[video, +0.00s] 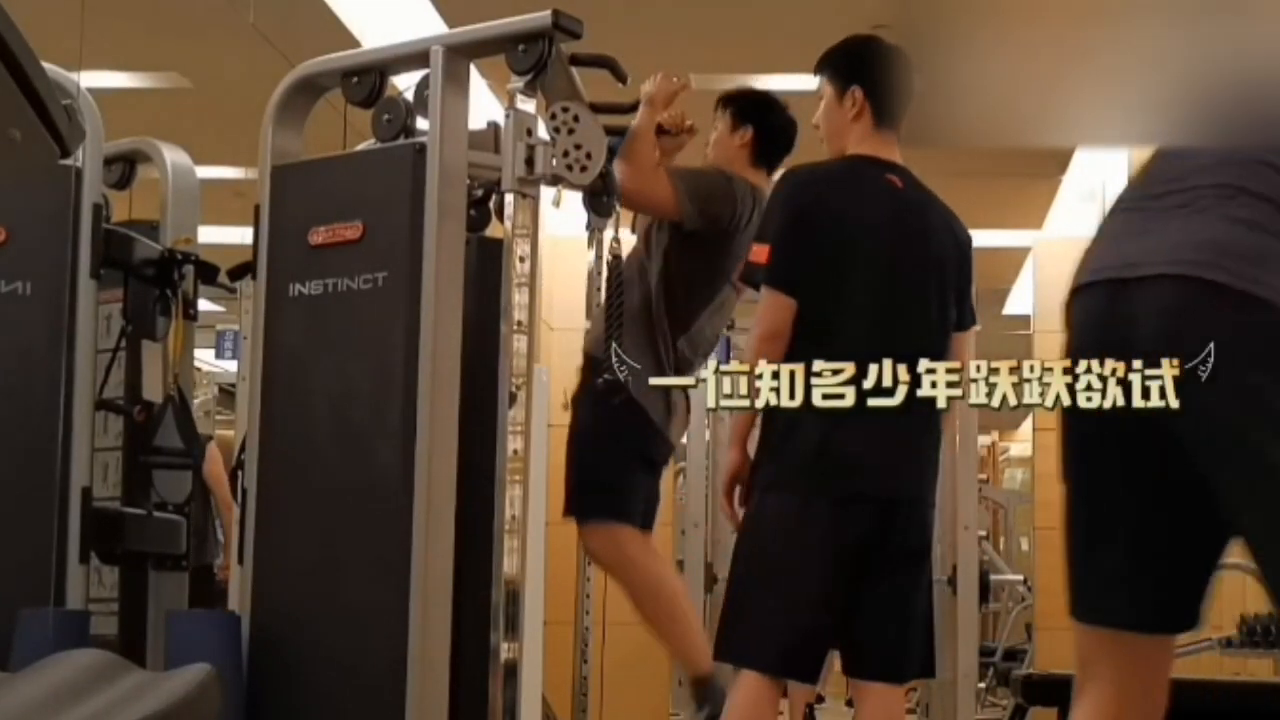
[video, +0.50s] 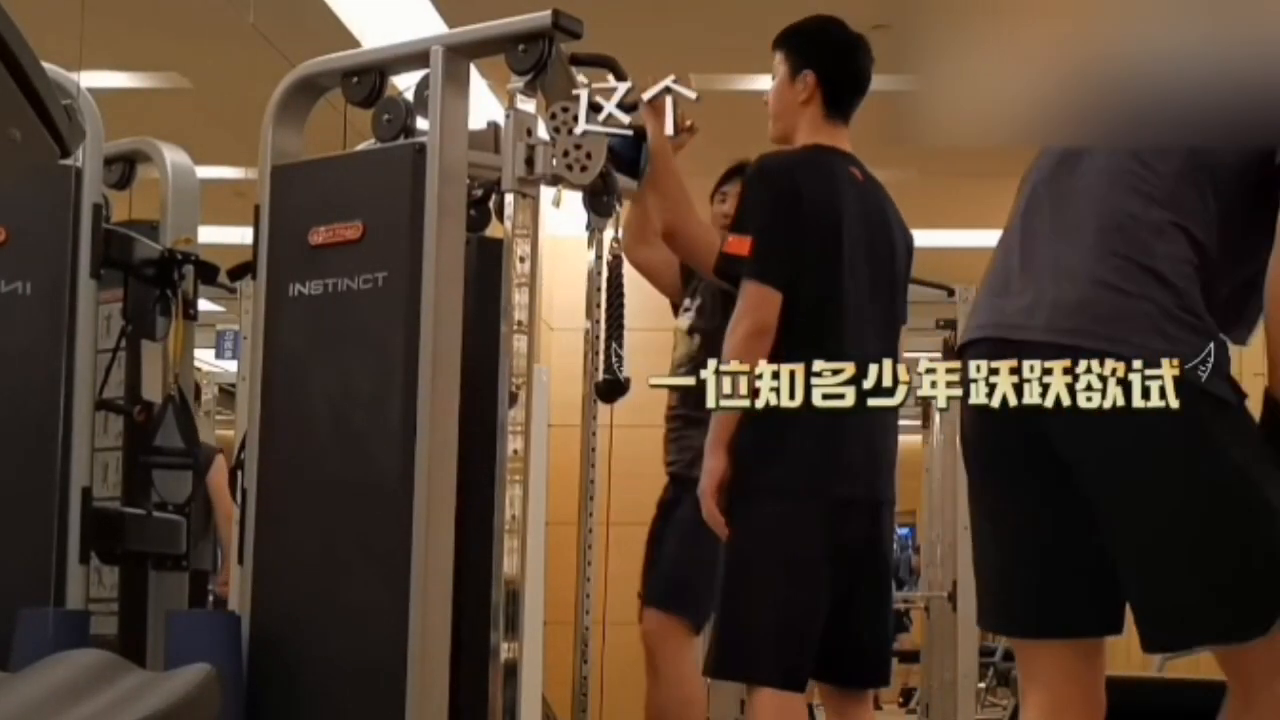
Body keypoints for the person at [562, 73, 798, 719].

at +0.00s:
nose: (709, 136)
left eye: (718, 126)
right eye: (713, 127)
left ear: (742, 136)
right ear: (760, 145)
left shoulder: (727, 191)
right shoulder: (737, 196)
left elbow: (636, 185)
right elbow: (647, 191)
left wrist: (645, 115)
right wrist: (663, 136)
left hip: (630, 378)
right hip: (644, 380)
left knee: (608, 533)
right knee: (621, 537)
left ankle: (706, 678)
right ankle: (704, 677)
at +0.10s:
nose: (699, 174)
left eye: (709, 161)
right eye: (703, 163)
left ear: (735, 169)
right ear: (747, 176)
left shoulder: (721, 221)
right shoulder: (732, 234)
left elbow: (635, 189)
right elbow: (653, 253)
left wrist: (646, 117)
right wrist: (662, 152)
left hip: (639, 416)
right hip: (661, 417)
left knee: (612, 588)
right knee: (644, 590)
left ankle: (644, 718)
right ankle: (661, 715)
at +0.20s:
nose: (688, 211)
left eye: (699, 201)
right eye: (692, 201)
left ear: (729, 215)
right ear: (727, 218)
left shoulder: (723, 267)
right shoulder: (715, 276)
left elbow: (641, 200)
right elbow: (651, 245)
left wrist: (647, 120)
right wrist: (662, 156)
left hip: (654, 482)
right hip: (670, 485)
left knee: (594, 637)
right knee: (629, 645)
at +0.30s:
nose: (686, 229)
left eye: (698, 217)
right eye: (687, 219)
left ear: (731, 231)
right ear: (703, 233)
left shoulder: (729, 287)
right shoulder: (706, 294)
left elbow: (652, 211)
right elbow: (647, 243)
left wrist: (651, 124)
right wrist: (658, 153)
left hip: (679, 504)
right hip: (672, 500)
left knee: (586, 647)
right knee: (604, 652)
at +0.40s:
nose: (715, 216)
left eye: (728, 205)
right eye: (708, 206)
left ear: (751, 218)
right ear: (701, 216)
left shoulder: (737, 275)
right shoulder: (703, 280)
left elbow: (661, 203)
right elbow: (642, 244)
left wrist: (654, 113)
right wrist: (661, 159)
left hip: (701, 482)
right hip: (677, 478)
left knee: (630, 629)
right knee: (631, 630)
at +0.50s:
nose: (724, 211)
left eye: (735, 201)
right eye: (721, 201)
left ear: (756, 212)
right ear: (715, 206)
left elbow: (683, 231)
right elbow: (638, 243)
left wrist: (659, 144)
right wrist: (655, 167)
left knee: (666, 624)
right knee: (662, 624)